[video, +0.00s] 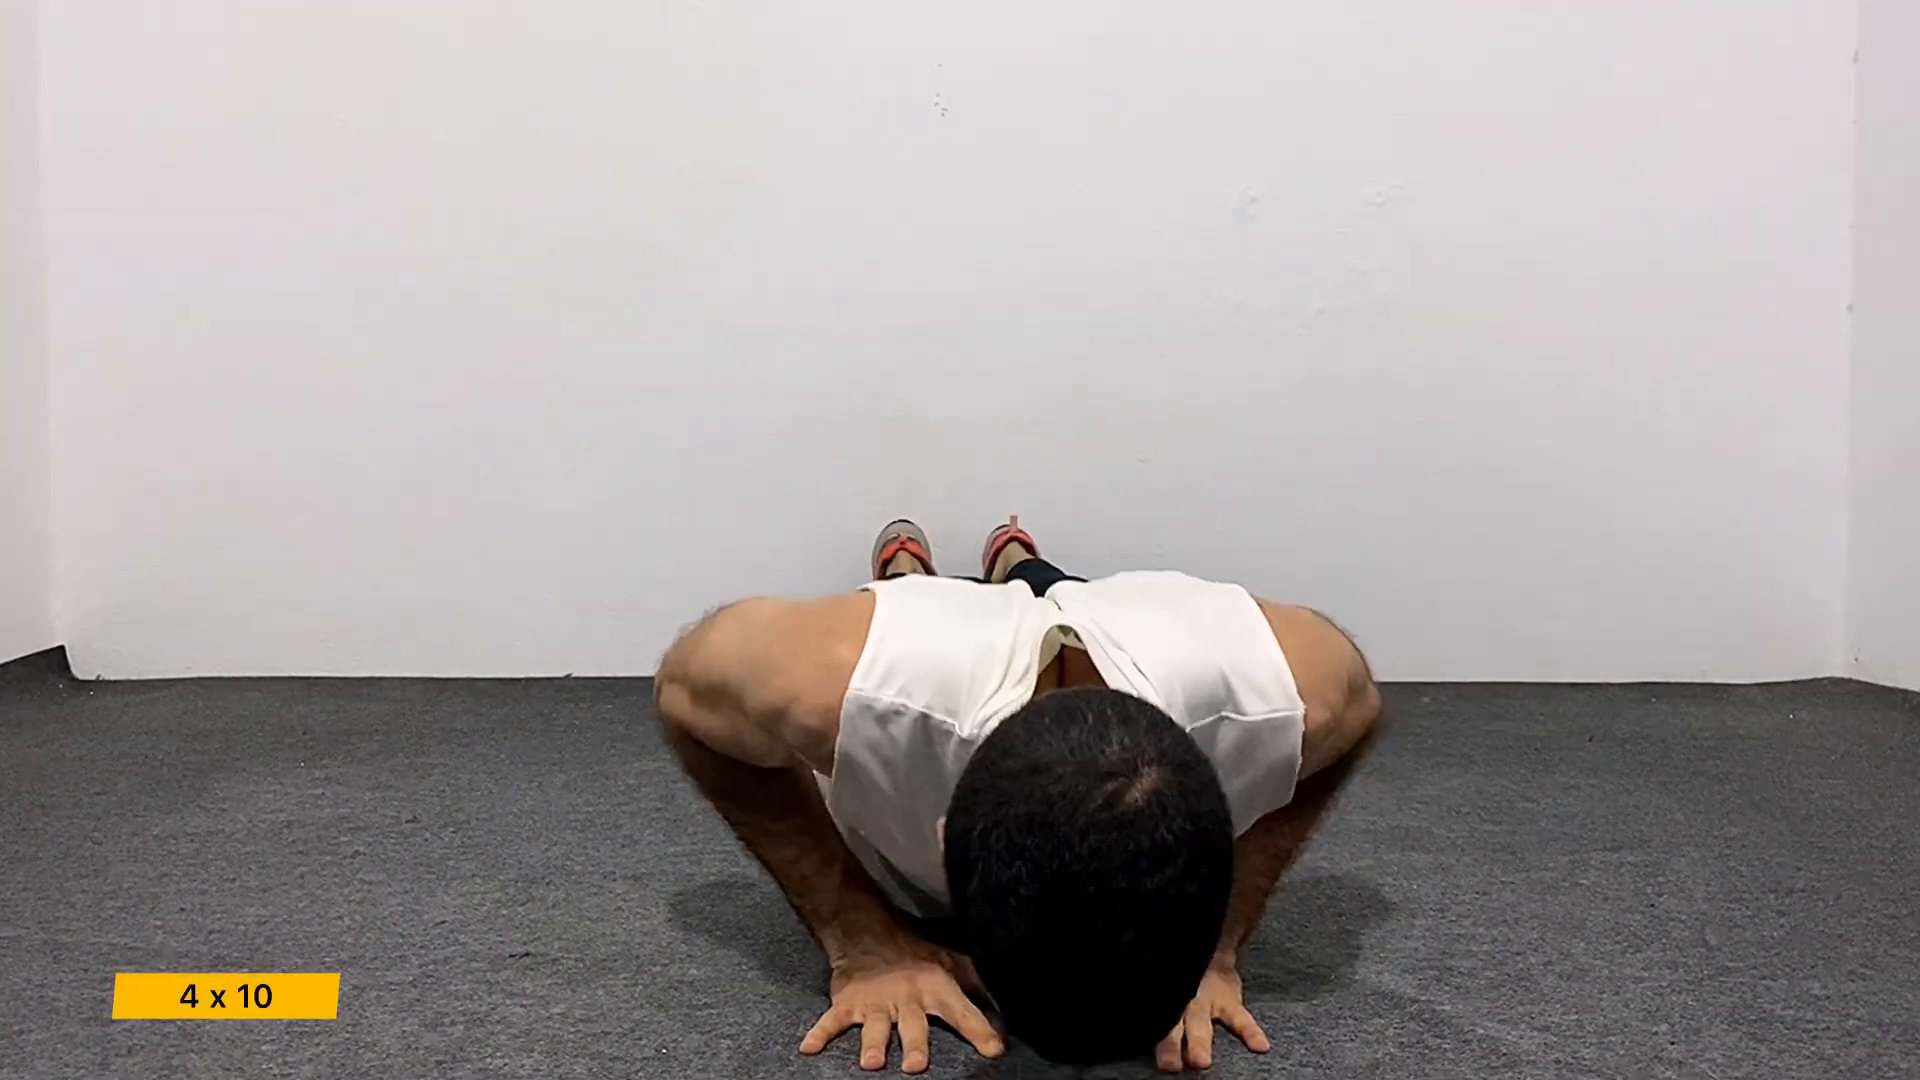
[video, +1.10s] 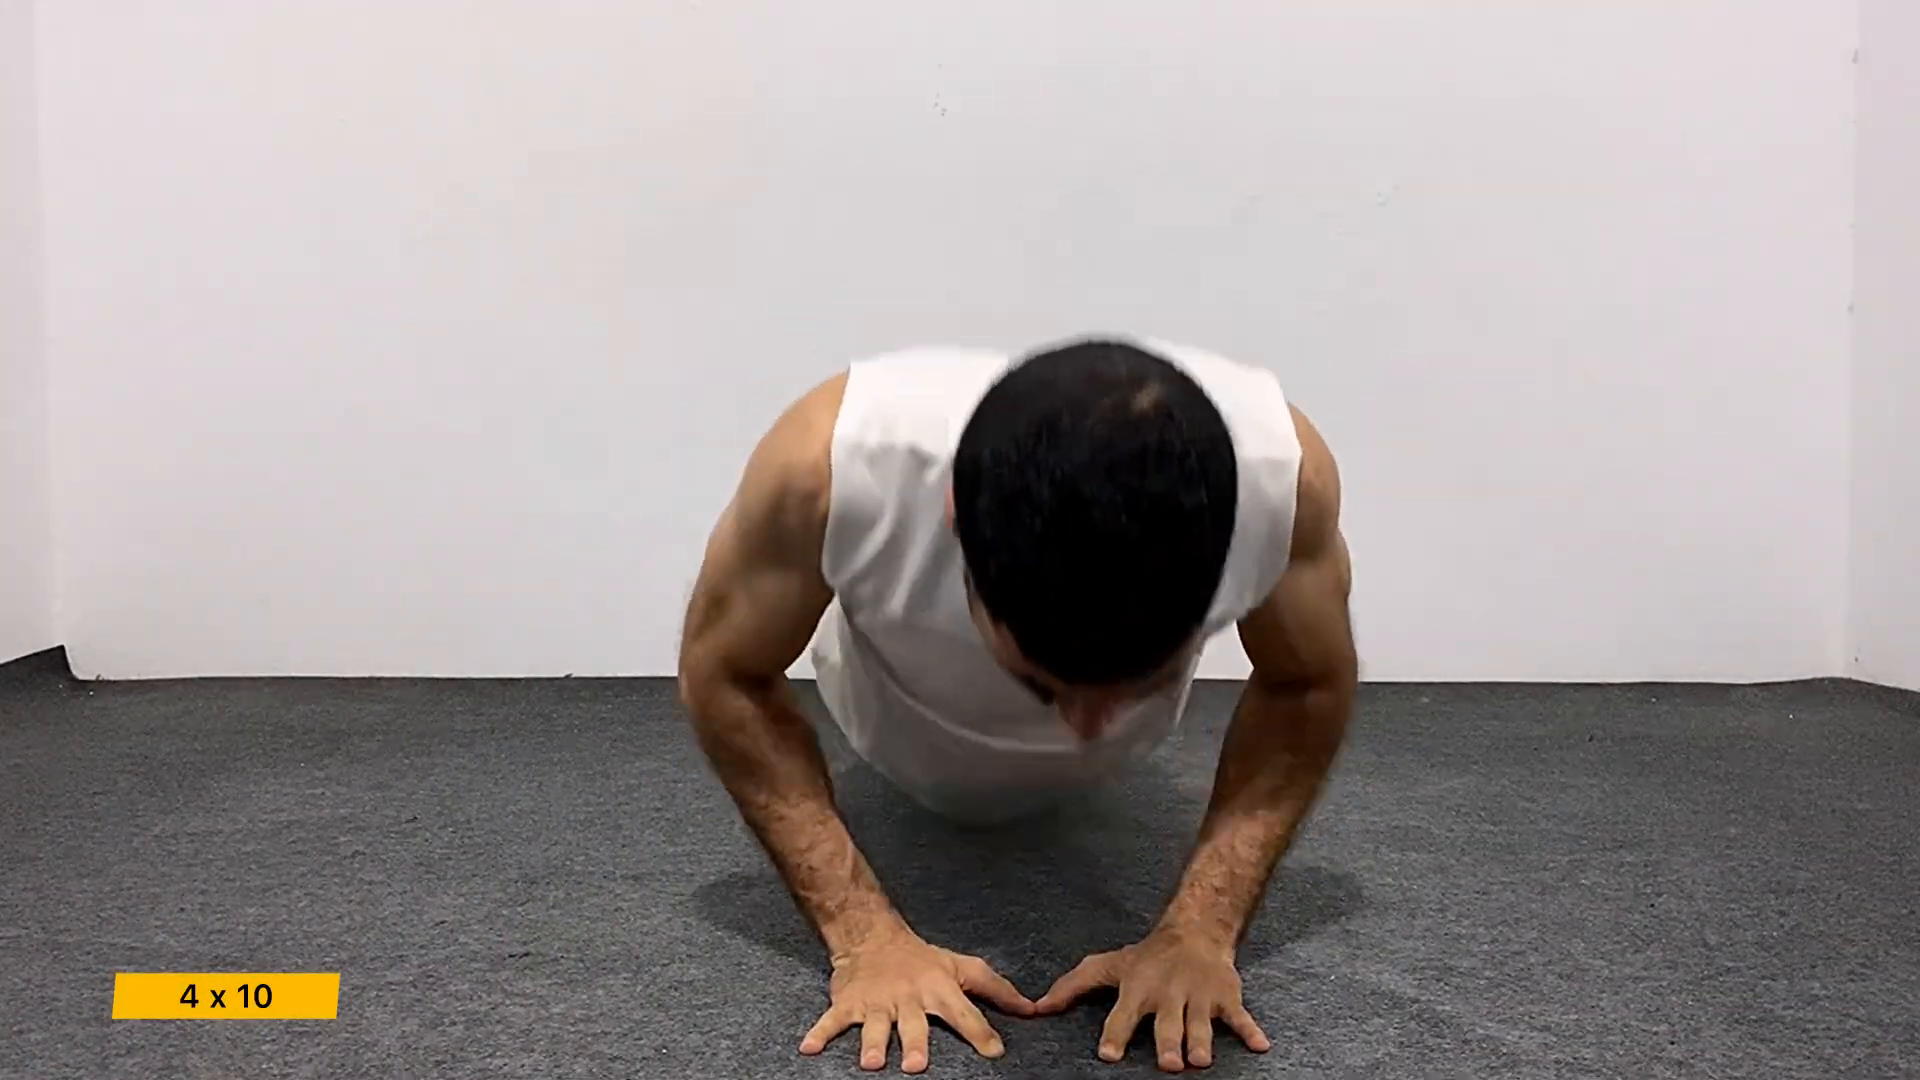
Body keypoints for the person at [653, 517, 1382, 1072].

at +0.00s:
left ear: (1222, 814)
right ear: (948, 841)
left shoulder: (1300, 690)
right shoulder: (832, 687)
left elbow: (1355, 714)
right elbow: (689, 689)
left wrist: (1224, 945)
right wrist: (858, 934)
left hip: (1106, 620)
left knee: (1039, 592)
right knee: (907, 594)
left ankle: (1014, 563)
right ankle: (904, 566)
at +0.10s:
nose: (1053, 993)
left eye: (1103, 971)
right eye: (1024, 963)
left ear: (1218, 795)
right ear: (953, 777)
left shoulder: (1291, 647)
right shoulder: (833, 635)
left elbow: (1336, 714)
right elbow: (699, 692)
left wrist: (1209, 933)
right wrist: (860, 935)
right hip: (898, 807)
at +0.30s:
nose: (1072, 720)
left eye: (1118, 686)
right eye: (1032, 686)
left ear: (1200, 570)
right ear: (959, 583)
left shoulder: (1276, 483)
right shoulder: (826, 459)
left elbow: (1306, 684)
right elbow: (720, 677)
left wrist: (1200, 925)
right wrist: (866, 931)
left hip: (1134, 717)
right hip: (904, 725)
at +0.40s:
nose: (1072, 584)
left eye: (1123, 547)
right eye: (1028, 546)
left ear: (1193, 444)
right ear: (949, 426)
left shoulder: (1269, 395)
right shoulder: (822, 370)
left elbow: (1299, 658)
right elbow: (735, 650)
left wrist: (1199, 925)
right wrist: (868, 933)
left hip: (1108, 656)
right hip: (911, 664)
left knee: (1083, 691)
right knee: (923, 703)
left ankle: (1062, 697)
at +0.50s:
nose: (1068, 455)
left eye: (1117, 416)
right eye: (1027, 411)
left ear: (1183, 327)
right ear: (953, 295)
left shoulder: (1268, 312)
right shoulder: (819, 291)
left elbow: (1277, 630)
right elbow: (770, 624)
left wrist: (1195, 932)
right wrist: (869, 932)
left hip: (1098, 614)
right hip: (914, 614)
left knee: (1062, 663)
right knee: (918, 675)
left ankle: (1030, 670)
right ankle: (917, 678)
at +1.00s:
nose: (1077, 579)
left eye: (1130, 542)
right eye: (1034, 540)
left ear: (1204, 428)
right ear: (948, 392)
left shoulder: (1270, 382)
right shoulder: (820, 371)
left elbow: (1294, 652)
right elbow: (747, 649)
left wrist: (1200, 927)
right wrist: (868, 935)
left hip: (1118, 666)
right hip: (908, 674)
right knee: (915, 698)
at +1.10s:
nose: (1088, 724)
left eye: (1133, 689)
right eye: (1042, 686)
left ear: (1215, 562)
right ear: (958, 529)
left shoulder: (1283, 480)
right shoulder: (827, 469)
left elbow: (1305, 681)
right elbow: (724, 674)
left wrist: (1201, 926)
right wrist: (865, 933)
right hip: (900, 721)